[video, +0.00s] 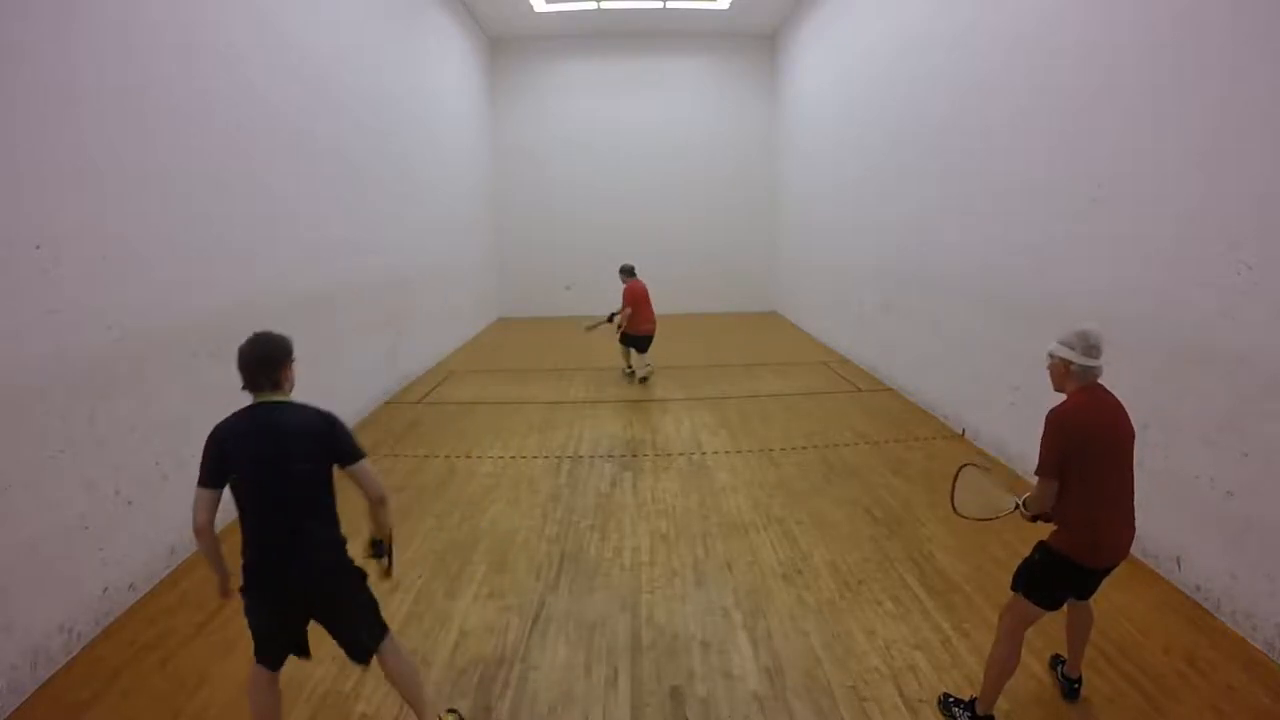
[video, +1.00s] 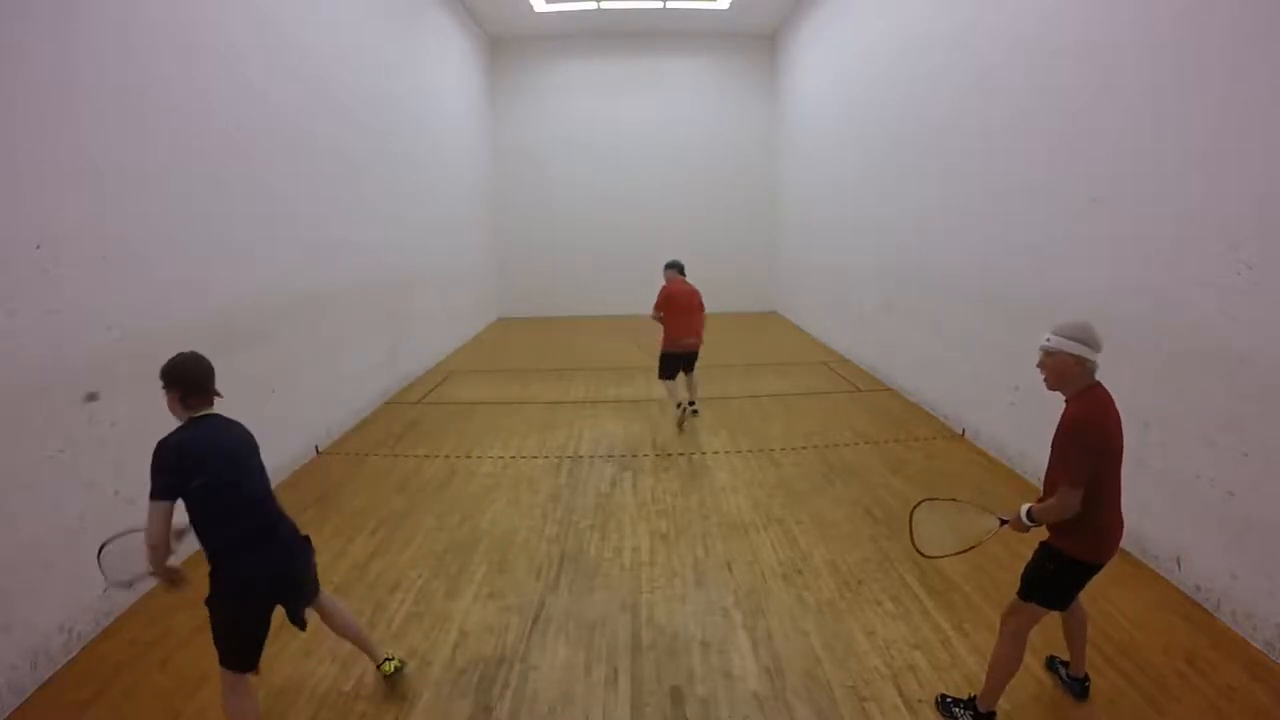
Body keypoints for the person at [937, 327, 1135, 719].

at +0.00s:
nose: (1048, 367)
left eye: (1053, 360)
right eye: (1050, 359)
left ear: (1068, 367)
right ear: (1089, 368)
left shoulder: (1062, 416)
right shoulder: (1113, 408)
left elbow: (1044, 497)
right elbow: (1101, 479)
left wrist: (1028, 507)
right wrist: (1052, 506)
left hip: (1077, 543)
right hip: (1116, 541)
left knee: (1014, 619)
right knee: (1080, 597)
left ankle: (981, 708)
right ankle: (1073, 675)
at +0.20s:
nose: (1038, 369)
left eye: (1045, 361)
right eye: (1041, 360)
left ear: (1069, 368)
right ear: (1078, 369)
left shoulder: (1067, 420)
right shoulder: (1105, 405)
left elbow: (1052, 502)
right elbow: (1092, 481)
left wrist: (1027, 509)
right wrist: (1045, 506)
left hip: (1078, 544)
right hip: (1113, 539)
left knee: (1012, 617)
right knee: (1074, 595)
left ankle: (982, 708)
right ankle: (1072, 675)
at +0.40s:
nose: (1032, 370)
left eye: (1040, 362)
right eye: (1035, 361)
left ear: (1066, 368)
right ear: (1072, 369)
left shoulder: (1073, 422)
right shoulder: (1098, 404)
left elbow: (1059, 506)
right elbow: (1090, 481)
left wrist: (1025, 513)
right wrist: (1042, 506)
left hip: (1076, 545)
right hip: (1107, 537)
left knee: (1014, 621)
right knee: (1070, 598)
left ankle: (983, 707)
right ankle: (1072, 674)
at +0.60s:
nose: (1032, 366)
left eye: (1039, 359)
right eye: (1034, 358)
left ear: (1064, 365)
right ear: (1070, 366)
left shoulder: (1074, 421)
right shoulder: (1096, 403)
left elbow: (1060, 507)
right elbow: (1088, 480)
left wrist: (1021, 514)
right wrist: (1043, 504)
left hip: (1076, 544)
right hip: (1105, 536)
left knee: (1015, 622)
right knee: (1070, 598)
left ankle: (982, 708)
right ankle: (1073, 675)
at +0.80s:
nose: (1034, 366)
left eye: (1042, 358)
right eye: (1037, 357)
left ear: (1067, 365)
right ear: (1072, 365)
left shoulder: (1074, 420)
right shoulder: (1098, 402)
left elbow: (1057, 504)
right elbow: (1090, 478)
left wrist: (1023, 513)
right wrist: (1042, 503)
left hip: (1075, 543)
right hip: (1105, 535)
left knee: (1014, 622)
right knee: (1071, 598)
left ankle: (982, 708)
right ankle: (1073, 676)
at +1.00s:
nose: (1039, 366)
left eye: (1047, 359)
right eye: (1041, 358)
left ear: (1075, 364)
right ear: (1076, 365)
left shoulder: (1081, 418)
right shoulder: (1096, 402)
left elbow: (1070, 501)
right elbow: (1084, 480)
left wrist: (1027, 516)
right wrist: (1044, 507)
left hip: (1074, 543)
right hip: (1096, 535)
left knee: (1015, 621)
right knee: (1068, 597)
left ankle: (983, 707)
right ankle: (1077, 675)